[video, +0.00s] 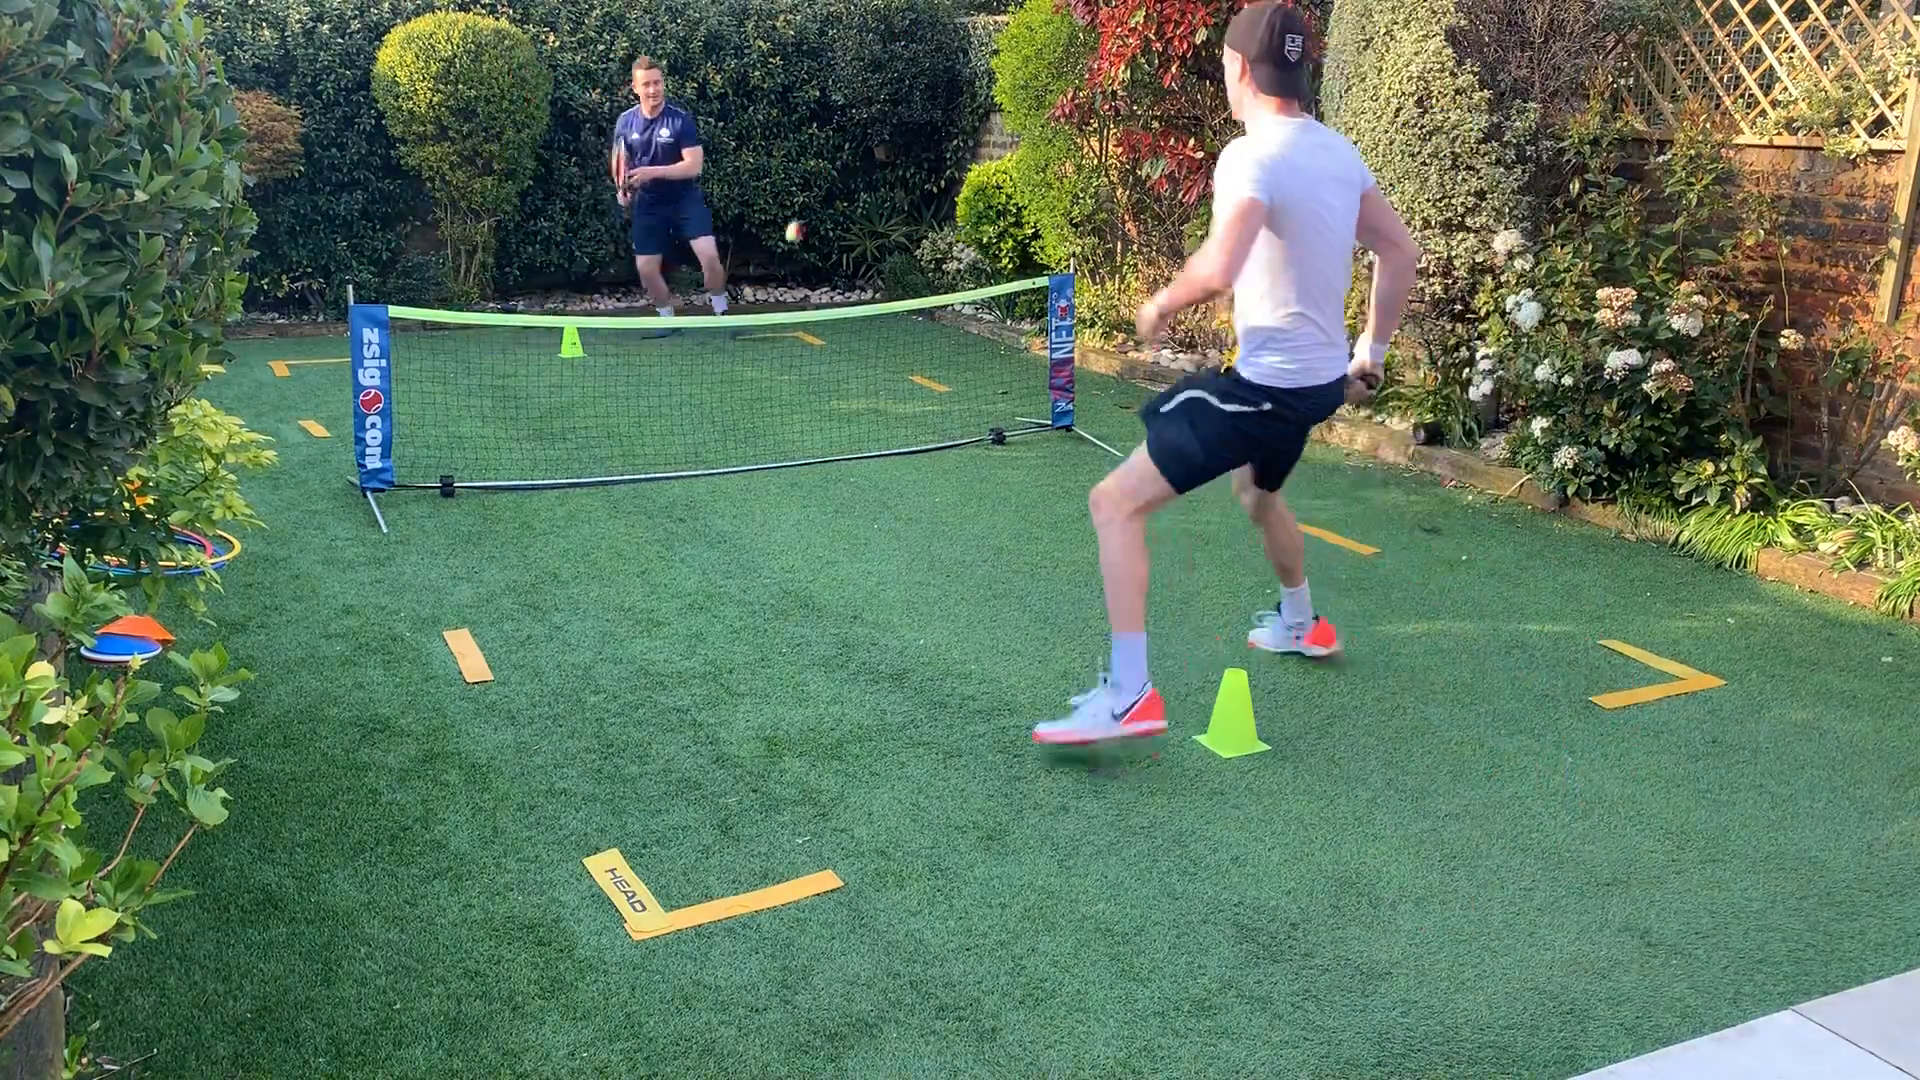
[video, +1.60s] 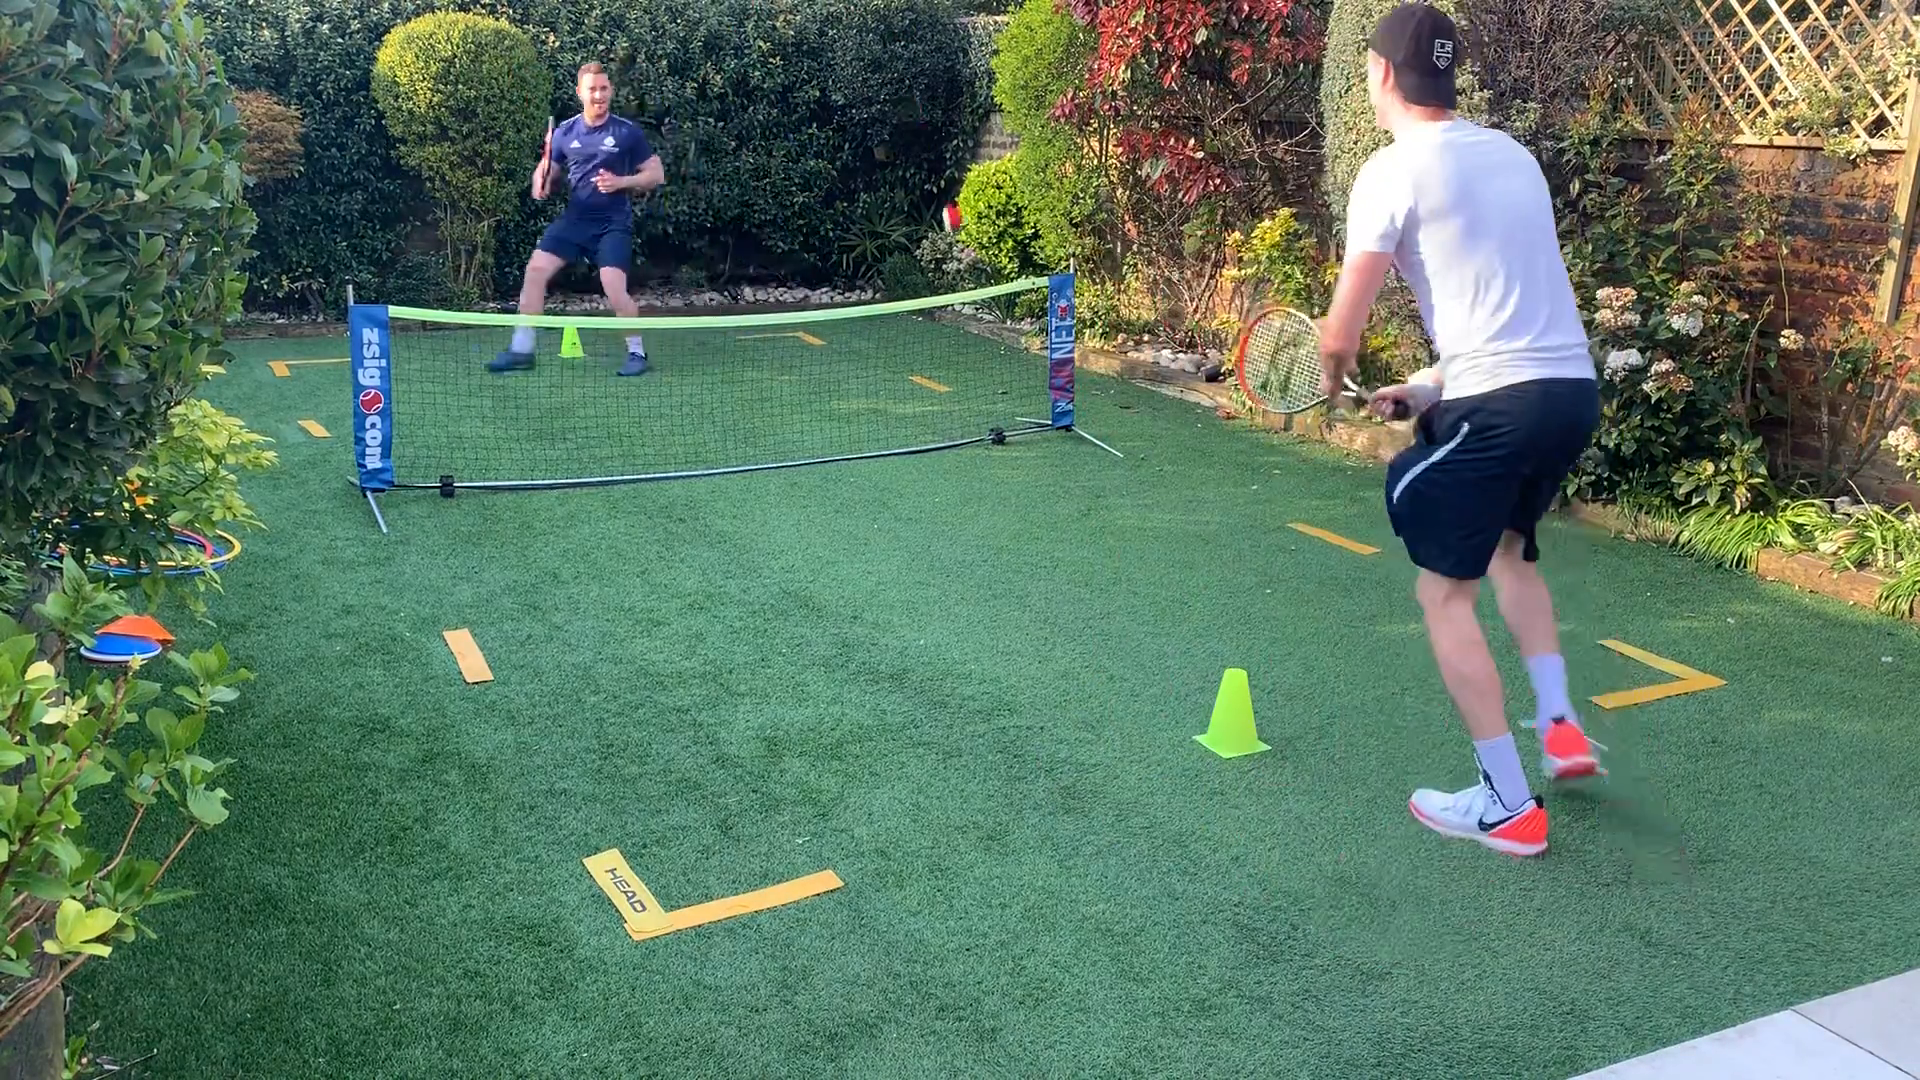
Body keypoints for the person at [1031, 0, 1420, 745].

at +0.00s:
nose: (1225, 82)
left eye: (1227, 69)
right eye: (1225, 69)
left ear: (1241, 71)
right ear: (1303, 71)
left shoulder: (1252, 154)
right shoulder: (1340, 153)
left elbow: (1217, 270)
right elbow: (1399, 248)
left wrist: (1160, 304)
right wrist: (1374, 346)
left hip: (1265, 383)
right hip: (1322, 378)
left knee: (1114, 501)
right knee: (1258, 492)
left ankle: (1127, 688)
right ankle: (1299, 618)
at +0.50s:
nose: (1178, 55)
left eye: (1181, 43)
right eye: (1185, 41)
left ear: (1189, 52)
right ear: (1263, 53)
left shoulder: (1192, 149)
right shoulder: (1320, 151)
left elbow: (1178, 292)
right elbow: (1388, 274)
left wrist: (1130, 355)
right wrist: (1334, 363)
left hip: (1227, 397)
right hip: (1316, 404)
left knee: (1140, 575)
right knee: (1253, 571)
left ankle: (1124, 789)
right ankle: (1372, 735)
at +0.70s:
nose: (1245, 60)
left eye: (1247, 46)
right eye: (1251, 44)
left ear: (1260, 58)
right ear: (1332, 57)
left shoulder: (1274, 154)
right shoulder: (1394, 153)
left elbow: (1255, 305)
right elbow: (1443, 300)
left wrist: (1205, 364)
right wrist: (1371, 358)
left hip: (1320, 410)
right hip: (1408, 411)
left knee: (1207, 583)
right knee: (1397, 615)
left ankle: (1130, 783)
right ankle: (1484, 818)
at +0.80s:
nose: (1280, 40)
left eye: (1282, 28)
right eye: (1288, 27)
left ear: (1293, 36)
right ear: (1366, 41)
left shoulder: (1302, 129)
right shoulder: (1432, 130)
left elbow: (1269, 293)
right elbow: (1485, 275)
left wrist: (1237, 342)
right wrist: (1413, 330)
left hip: (1363, 390)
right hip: (1450, 389)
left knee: (1256, 583)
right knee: (1431, 595)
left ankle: (1207, 803)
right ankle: (1490, 810)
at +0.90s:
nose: (1309, 40)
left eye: (1310, 28)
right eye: (1314, 27)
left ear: (1325, 36)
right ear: (1398, 41)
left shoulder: (1317, 120)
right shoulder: (1463, 126)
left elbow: (1285, 292)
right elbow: (1525, 270)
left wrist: (1282, 324)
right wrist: (1452, 330)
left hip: (1385, 382)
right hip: (1479, 382)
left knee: (1291, 598)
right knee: (1461, 579)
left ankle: (1320, 832)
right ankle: (1527, 782)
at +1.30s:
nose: (1411, 85)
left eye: (1415, 72)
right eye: (1417, 70)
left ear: (1430, 85)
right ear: (1496, 86)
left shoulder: (1415, 185)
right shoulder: (1560, 170)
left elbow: (1383, 360)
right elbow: (1614, 322)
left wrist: (1406, 396)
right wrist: (1549, 371)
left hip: (1497, 432)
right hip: (1596, 425)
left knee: (1403, 619)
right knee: (1602, 625)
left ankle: (1453, 824)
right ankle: (1657, 828)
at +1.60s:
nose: (1369, 88)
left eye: (1370, 74)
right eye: (1373, 73)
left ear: (1384, 77)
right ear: (1448, 76)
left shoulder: (1392, 172)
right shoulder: (1512, 153)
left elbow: (1341, 335)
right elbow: (1517, 305)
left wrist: (1332, 375)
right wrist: (1429, 385)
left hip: (1495, 400)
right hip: (1573, 391)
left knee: (1445, 596)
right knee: (1511, 545)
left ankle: (1509, 801)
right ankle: (1561, 723)